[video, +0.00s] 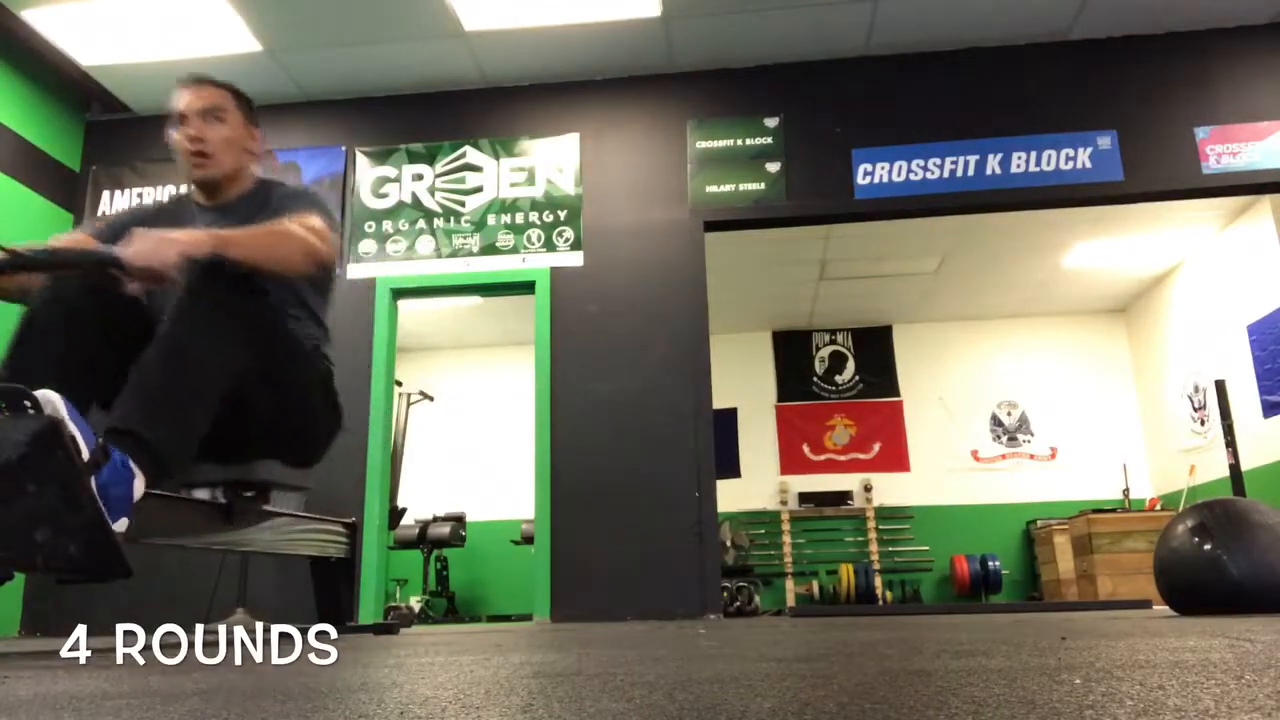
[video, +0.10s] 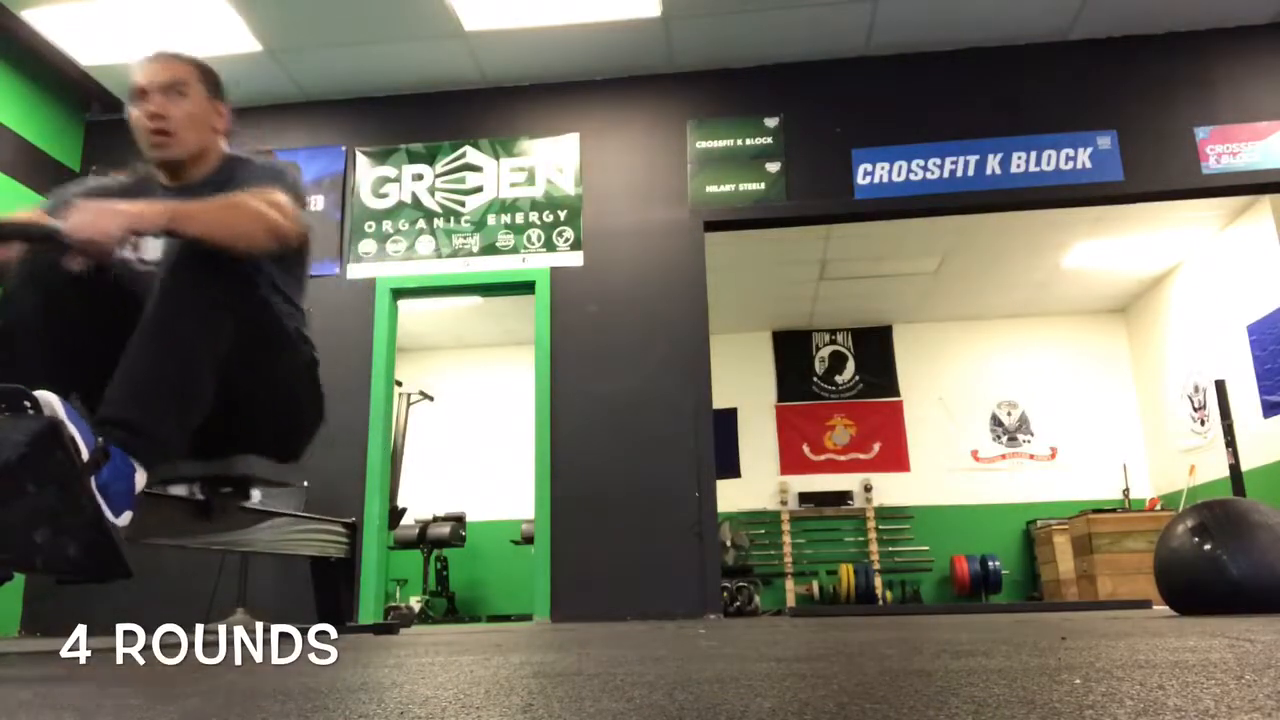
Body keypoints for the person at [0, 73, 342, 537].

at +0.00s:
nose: (193, 133)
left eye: (213, 118)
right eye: (182, 122)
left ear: (253, 139)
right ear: (171, 141)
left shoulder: (294, 203)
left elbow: (313, 250)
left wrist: (190, 242)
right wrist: (113, 263)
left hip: (286, 411)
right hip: (178, 410)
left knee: (220, 282)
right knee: (79, 289)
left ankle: (125, 470)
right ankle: (14, 442)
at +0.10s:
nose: (153, 109)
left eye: (175, 94)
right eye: (141, 98)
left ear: (220, 118)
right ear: (130, 119)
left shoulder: (267, 178)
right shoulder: (108, 193)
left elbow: (273, 227)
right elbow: (17, 230)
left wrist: (137, 216)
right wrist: (68, 238)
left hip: (263, 407)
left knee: (208, 257)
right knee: (44, 265)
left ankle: (123, 461)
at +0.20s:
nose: (117, 89)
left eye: (140, 73)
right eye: (103, 78)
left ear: (189, 98)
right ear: (92, 100)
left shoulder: (238, 161)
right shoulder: (74, 178)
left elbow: (237, 201)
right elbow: (15, 194)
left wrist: (76, 187)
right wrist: (11, 213)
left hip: (241, 400)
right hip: (115, 391)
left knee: (194, 230)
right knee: (33, 241)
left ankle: (124, 455)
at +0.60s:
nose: (166, 91)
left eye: (191, 79)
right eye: (158, 81)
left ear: (234, 110)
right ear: (145, 107)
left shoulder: (271, 174)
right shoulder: (120, 187)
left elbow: (244, 218)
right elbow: (31, 222)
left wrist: (122, 179)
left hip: (250, 396)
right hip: (135, 388)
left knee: (187, 243)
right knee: (49, 253)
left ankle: (117, 458)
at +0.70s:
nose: (215, 116)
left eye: (238, 107)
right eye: (203, 108)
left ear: (272, 136)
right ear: (189, 132)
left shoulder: (305, 197)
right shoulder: (164, 202)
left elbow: (294, 240)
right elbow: (83, 250)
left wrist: (184, 201)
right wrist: (4, 239)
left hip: (273, 403)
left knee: (209, 278)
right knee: (75, 279)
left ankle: (112, 461)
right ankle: (13, 450)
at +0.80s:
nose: (256, 143)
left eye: (276, 134)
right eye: (245, 134)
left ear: (306, 163)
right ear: (232, 156)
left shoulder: (328, 221)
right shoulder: (213, 231)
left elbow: (326, 261)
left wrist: (239, 230)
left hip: (299, 415)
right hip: (206, 412)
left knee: (233, 312)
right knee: (109, 309)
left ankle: (116, 468)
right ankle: (21, 442)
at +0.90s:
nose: (289, 173)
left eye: (307, 165)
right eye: (279, 165)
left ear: (337, 190)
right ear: (268, 185)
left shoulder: (358, 248)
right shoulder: (242, 253)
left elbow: (358, 289)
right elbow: (164, 299)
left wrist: (280, 263)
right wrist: (95, 289)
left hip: (326, 413)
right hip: (230, 402)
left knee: (250, 356)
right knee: (123, 347)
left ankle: (114, 489)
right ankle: (37, 469)